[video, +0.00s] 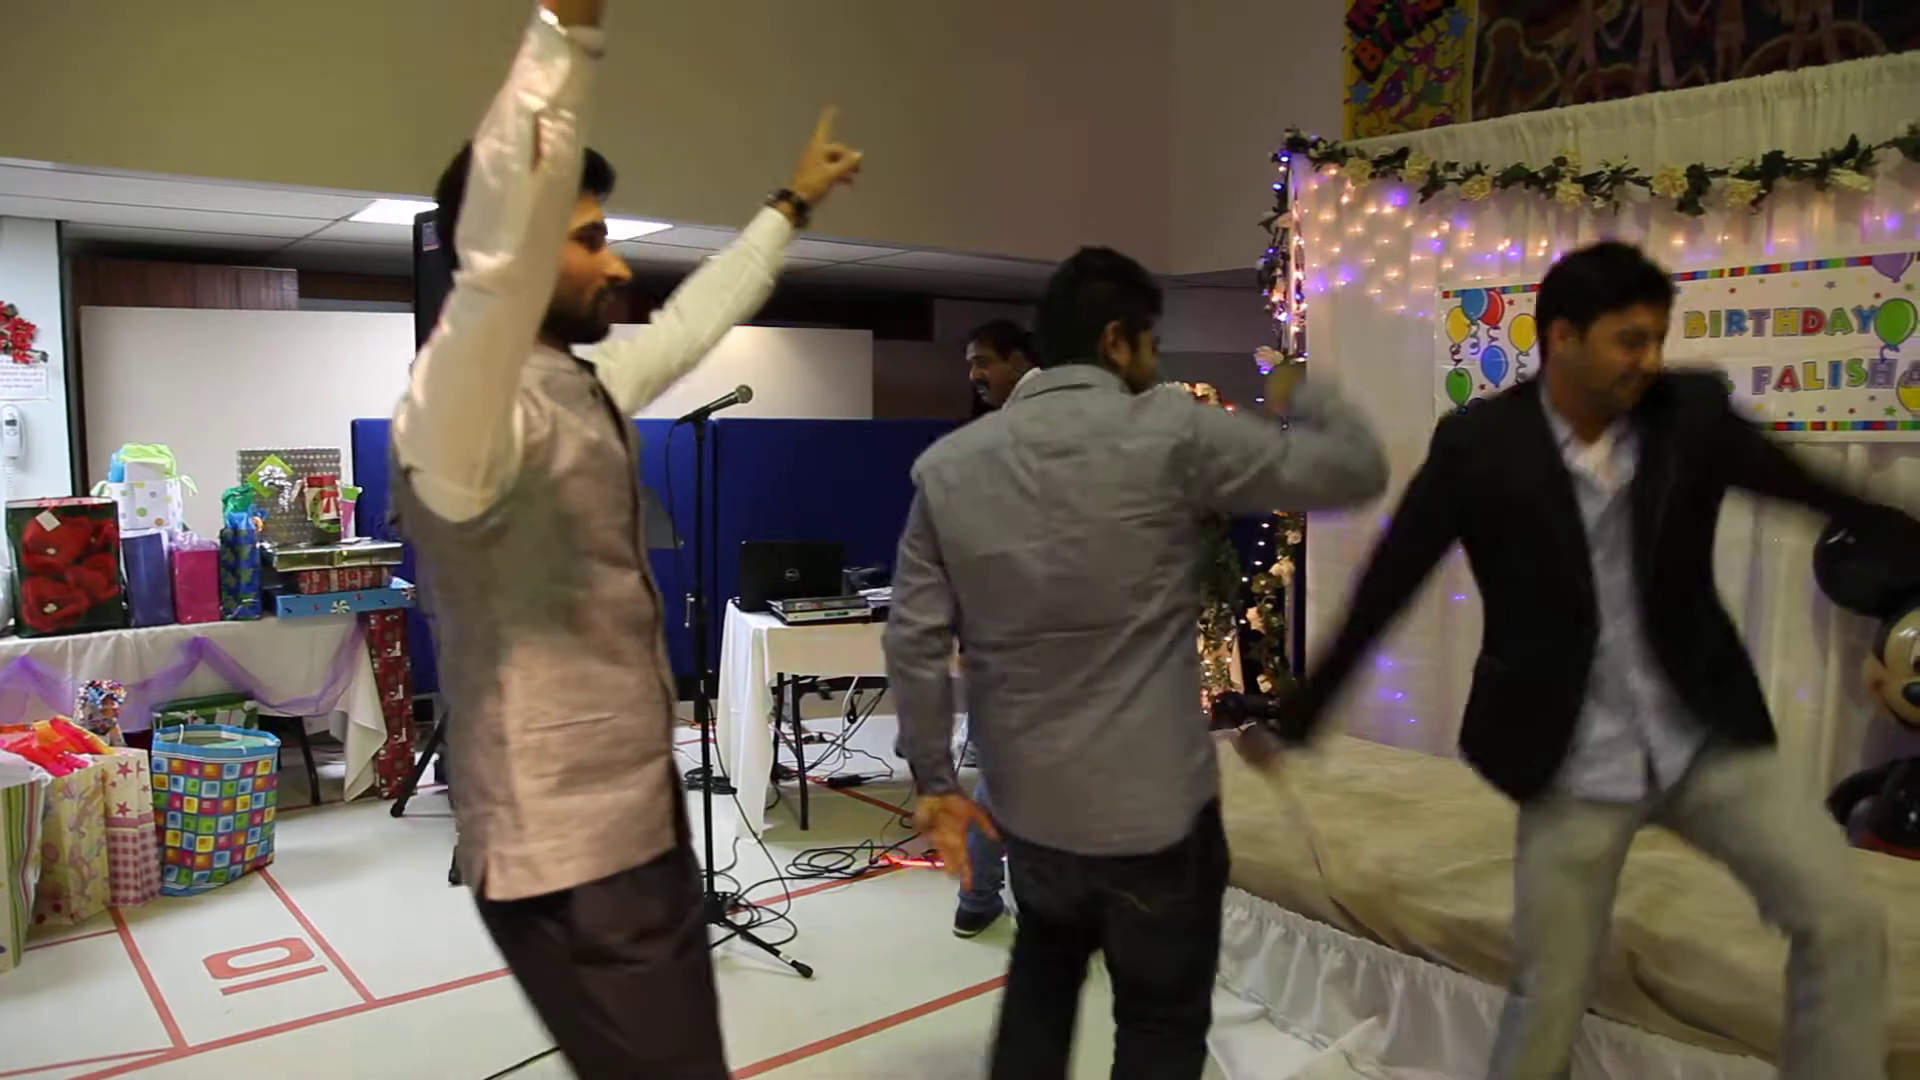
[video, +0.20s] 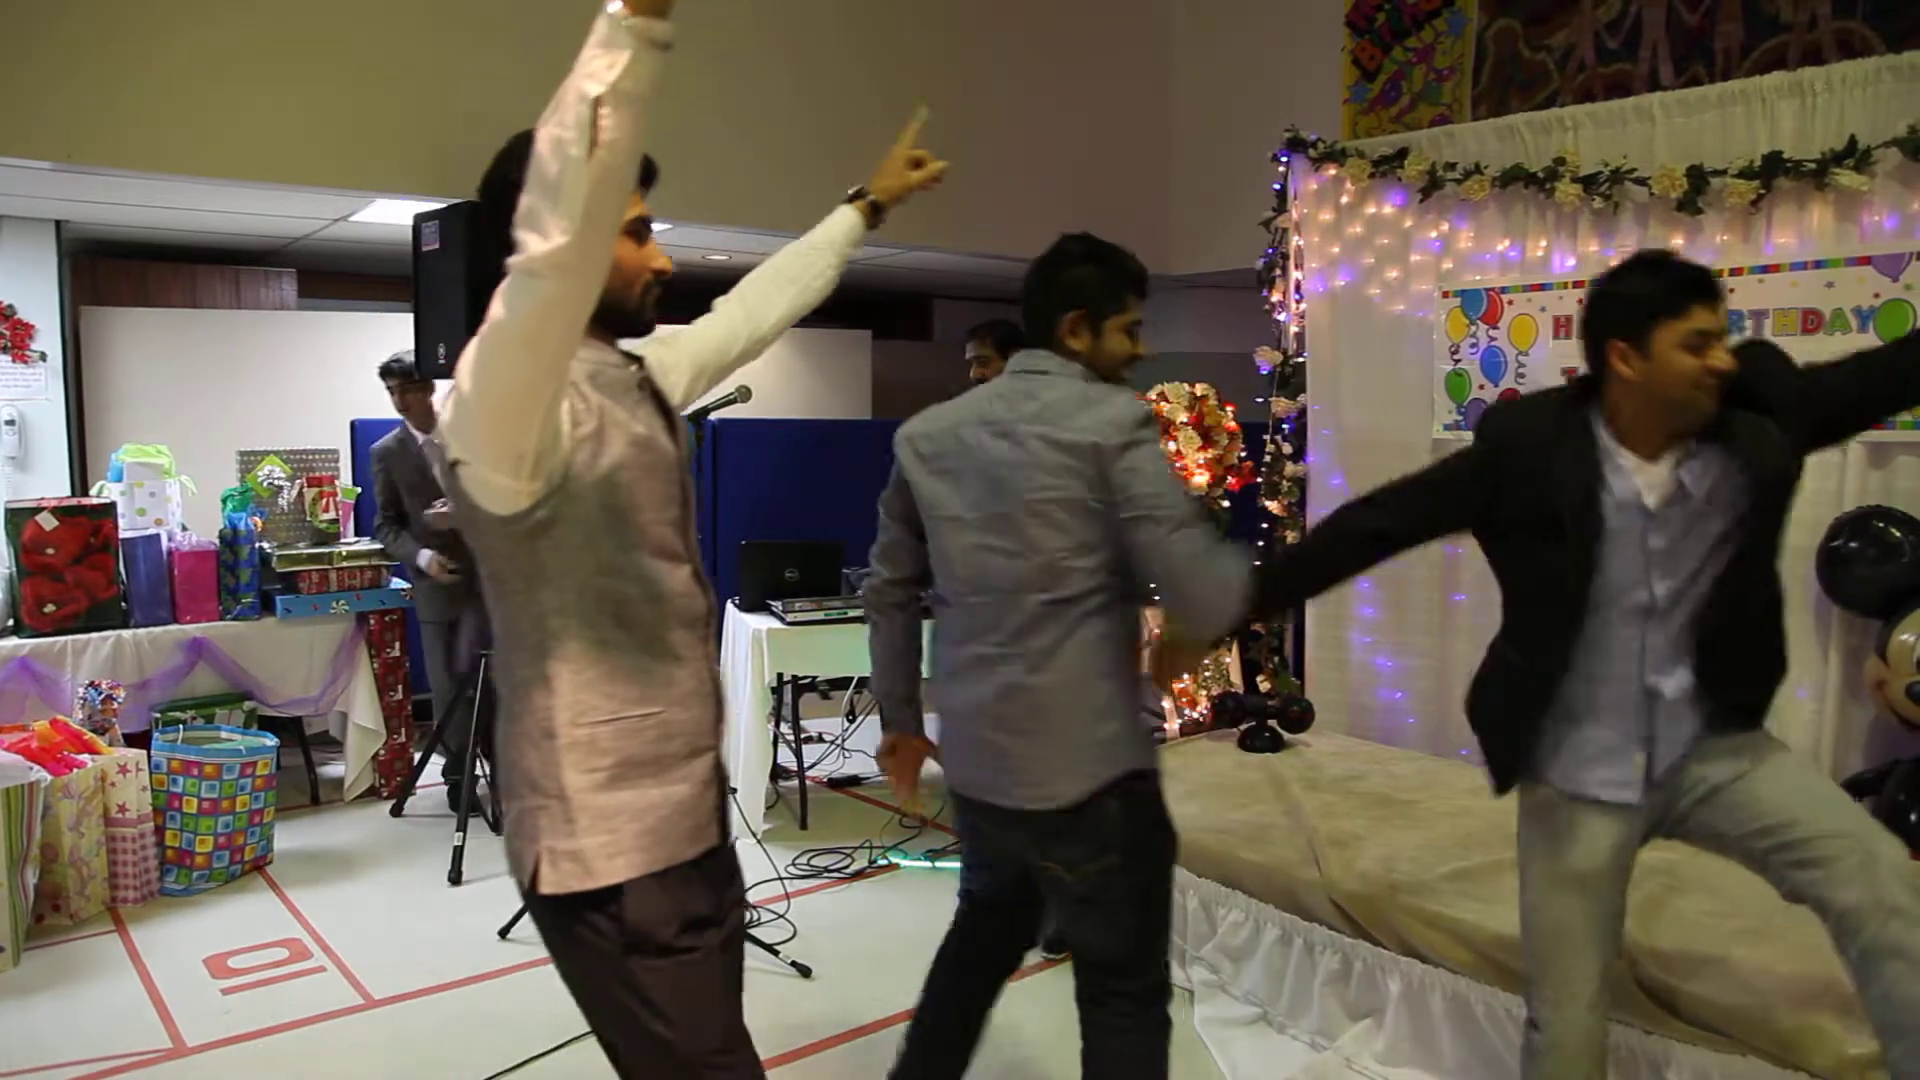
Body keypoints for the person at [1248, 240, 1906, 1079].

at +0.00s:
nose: (1650, 362)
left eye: (1658, 341)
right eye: (1630, 341)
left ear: (1666, 338)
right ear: (1560, 339)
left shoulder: (1690, 415)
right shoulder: (1480, 442)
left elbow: (1804, 484)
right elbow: (1387, 584)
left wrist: (1893, 524)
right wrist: (1300, 710)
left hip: (1704, 737)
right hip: (1572, 761)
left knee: (1843, 918)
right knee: (1549, 1000)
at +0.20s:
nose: (1723, 362)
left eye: (1723, 343)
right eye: (1699, 346)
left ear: (1728, 346)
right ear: (1623, 359)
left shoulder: (1764, 417)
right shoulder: (1526, 450)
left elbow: (1900, 371)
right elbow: (1374, 525)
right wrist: (1250, 593)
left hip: (1716, 747)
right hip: (1576, 771)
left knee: (1882, 887)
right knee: (1569, 1031)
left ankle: (1914, 1061)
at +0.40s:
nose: (1766, 320)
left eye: (1768, 296)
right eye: (1743, 298)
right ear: (1661, 302)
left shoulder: (1804, 372)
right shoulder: (1547, 412)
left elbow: (1916, 403)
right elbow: (1428, 570)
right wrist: (1340, 740)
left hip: (1792, 743)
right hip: (1633, 761)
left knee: (1890, 1006)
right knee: (1613, 1040)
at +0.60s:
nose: (1789, 400)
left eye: (1793, 375)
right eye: (1759, 380)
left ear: (1799, 372)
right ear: (1674, 393)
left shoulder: (1848, 488)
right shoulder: (1583, 518)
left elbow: (1890, 674)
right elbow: (1613, 723)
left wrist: (1877, 817)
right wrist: (1769, 835)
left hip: (1836, 852)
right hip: (1673, 860)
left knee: (1908, 1054)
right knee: (1670, 1068)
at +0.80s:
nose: (1879, 337)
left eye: (1882, 311)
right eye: (1853, 314)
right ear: (1757, 315)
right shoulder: (1635, 416)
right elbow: (1668, 633)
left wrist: (1710, 689)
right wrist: (1877, 667)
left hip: (1876, 773)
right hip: (1717, 791)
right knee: (1731, 1064)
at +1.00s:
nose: (1917, 350)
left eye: (1917, 325)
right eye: (1900, 324)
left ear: (1818, 327)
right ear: (1808, 324)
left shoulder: (1897, 447)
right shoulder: (1667, 450)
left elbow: (1898, 637)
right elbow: (1607, 666)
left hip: (1872, 805)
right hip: (1736, 839)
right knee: (1756, 1068)